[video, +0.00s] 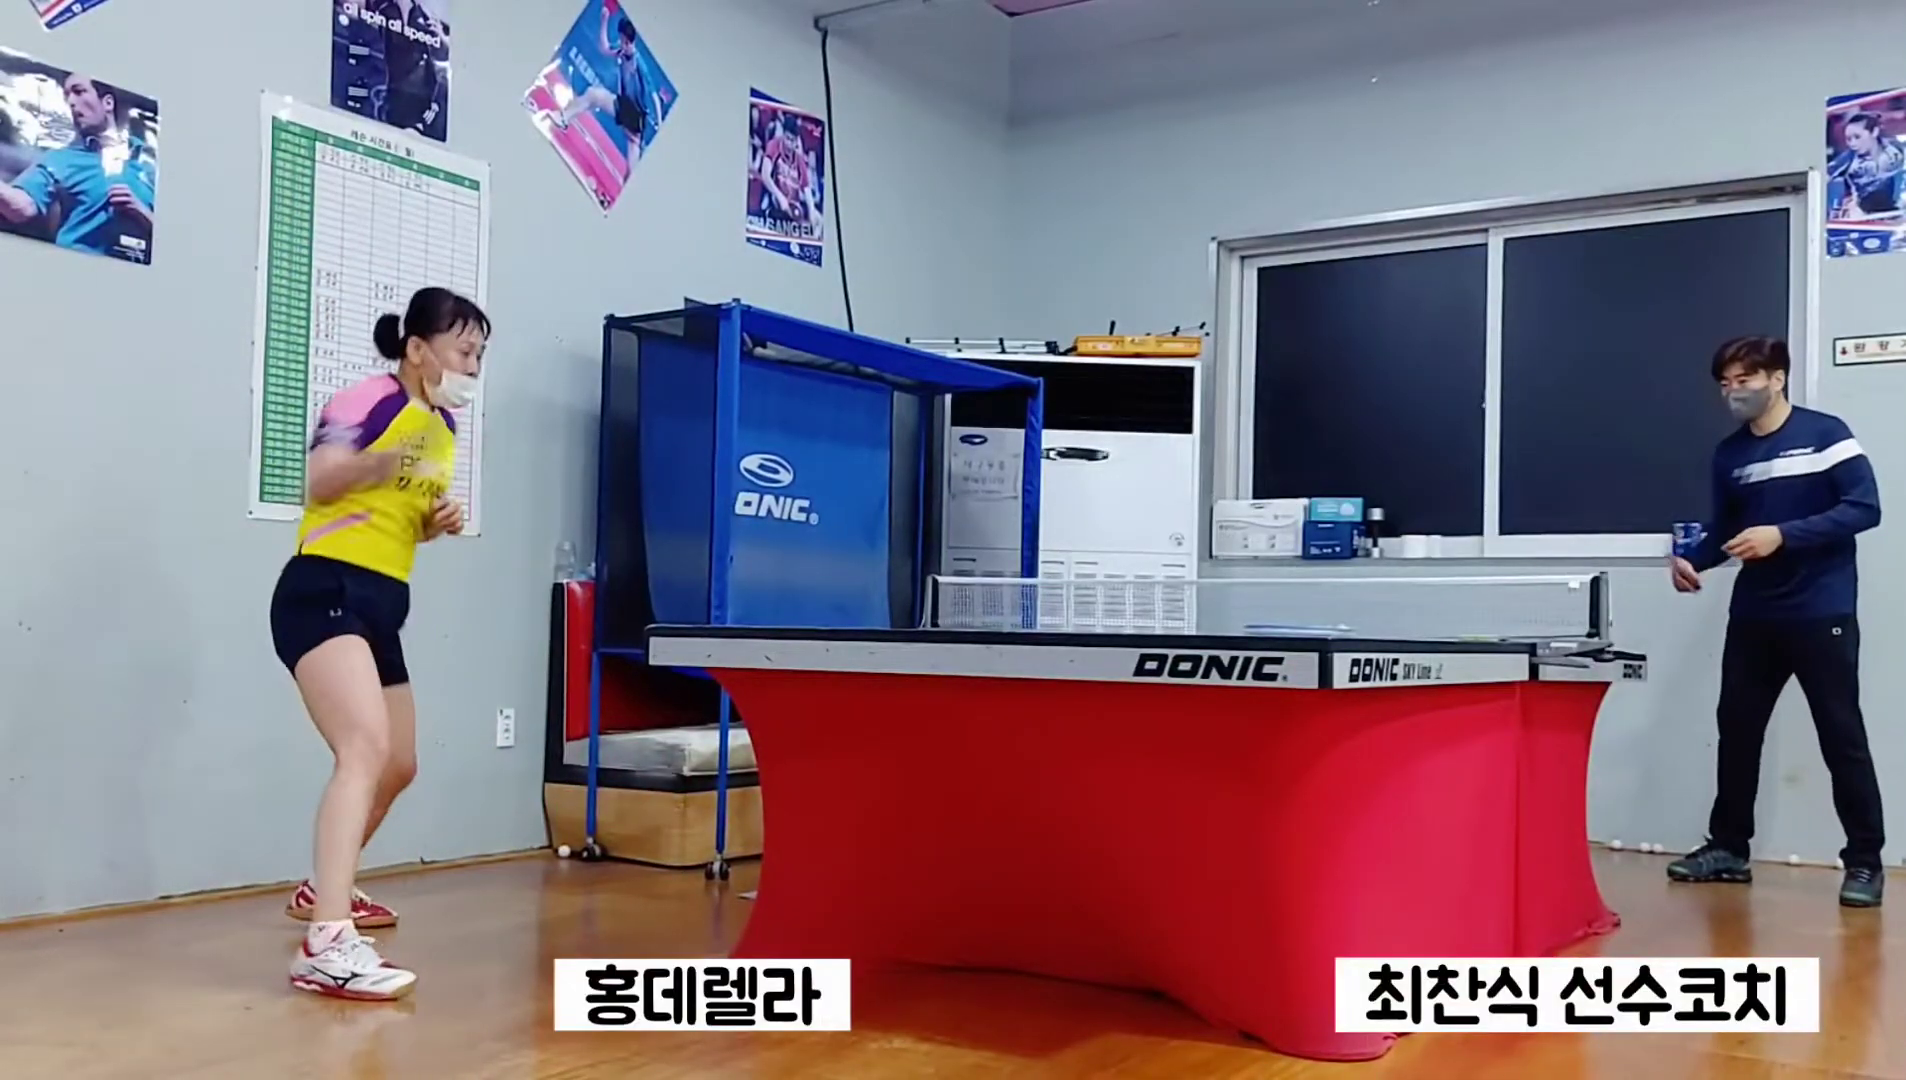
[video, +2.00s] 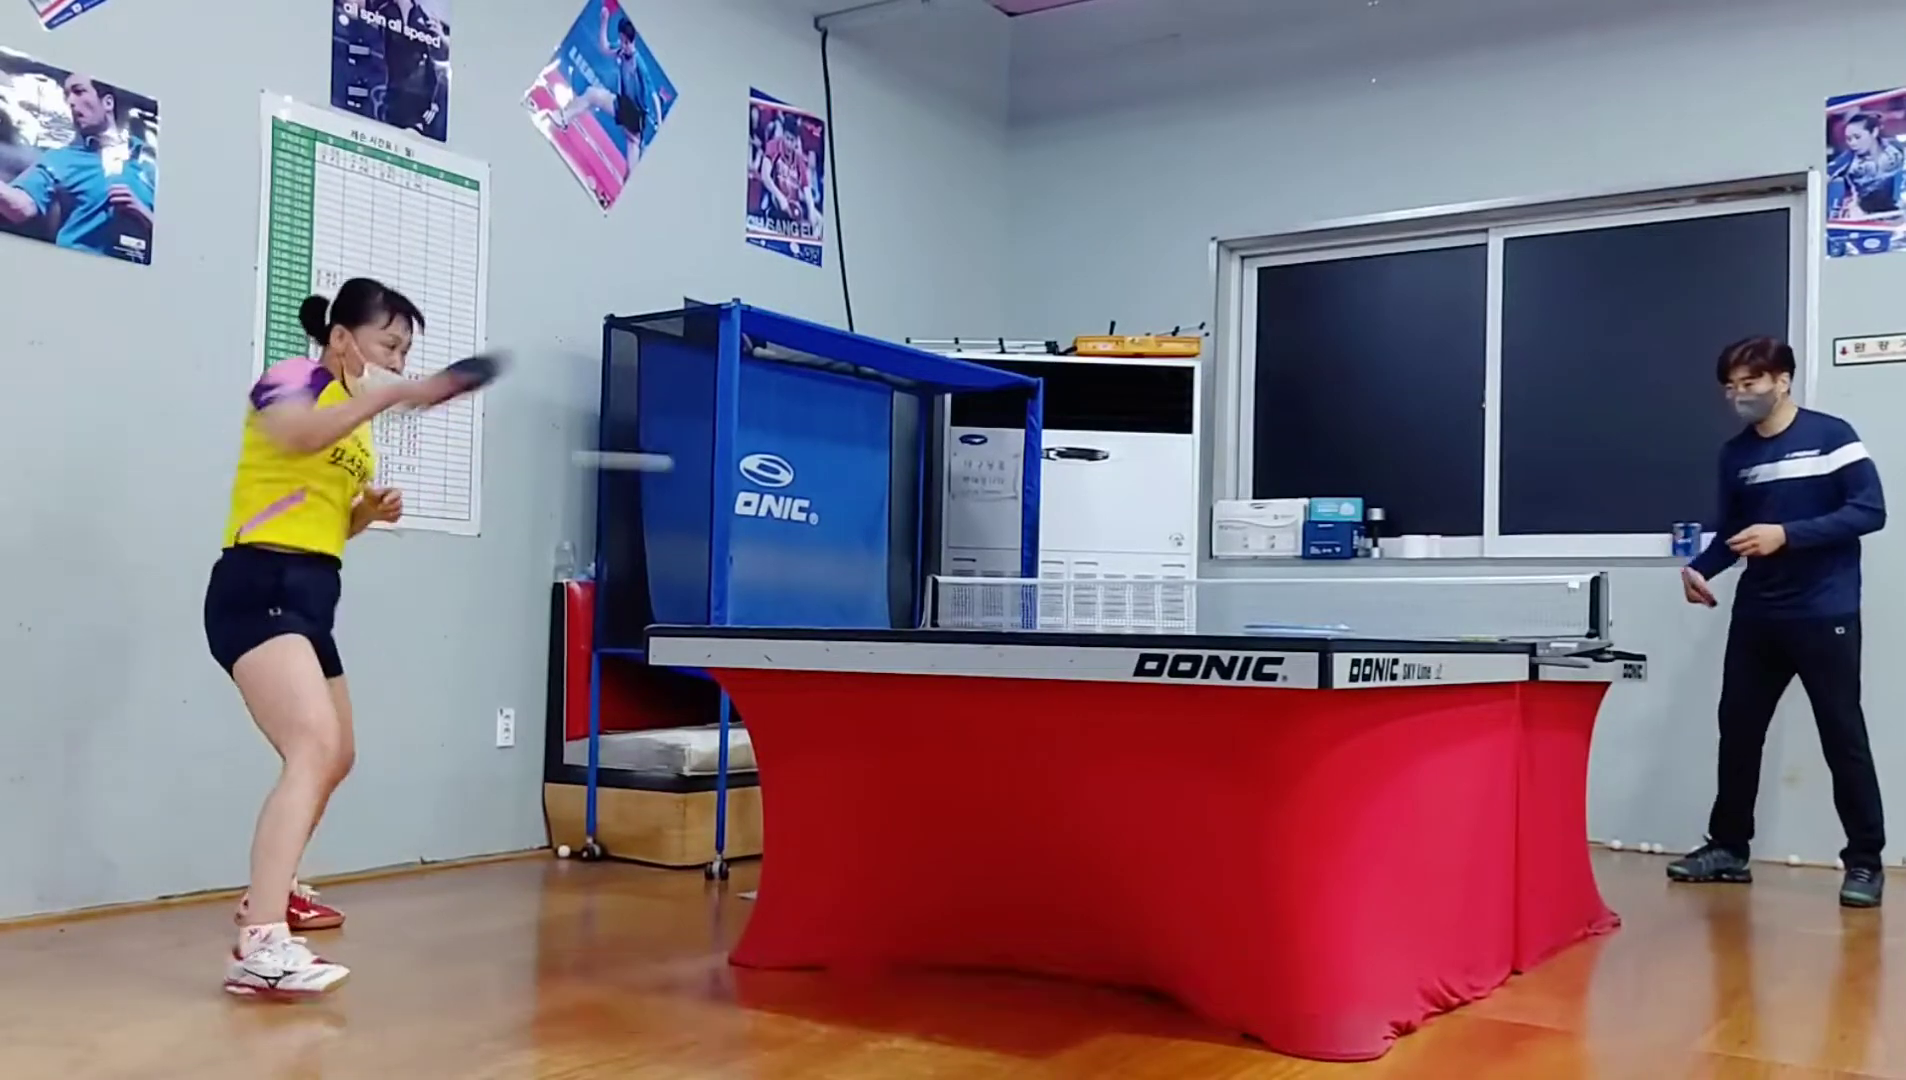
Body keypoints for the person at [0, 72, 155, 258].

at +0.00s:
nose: (71, 101)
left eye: (79, 91)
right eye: (67, 96)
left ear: (108, 103)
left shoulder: (149, 161)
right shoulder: (61, 159)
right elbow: (21, 207)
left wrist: (142, 213)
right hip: (75, 262)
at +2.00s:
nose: (70, 101)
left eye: (79, 91)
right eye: (67, 96)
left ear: (108, 102)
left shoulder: (150, 162)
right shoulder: (60, 159)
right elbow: (20, 208)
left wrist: (143, 213)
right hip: (74, 263)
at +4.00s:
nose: (70, 101)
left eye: (79, 91)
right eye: (67, 95)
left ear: (108, 103)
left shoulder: (149, 162)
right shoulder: (60, 159)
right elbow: (20, 207)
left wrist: (143, 212)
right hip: (75, 262)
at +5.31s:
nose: (71, 101)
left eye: (79, 91)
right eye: (67, 96)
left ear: (108, 102)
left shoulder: (148, 162)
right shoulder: (59, 159)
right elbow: (20, 207)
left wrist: (141, 211)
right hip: (74, 261)